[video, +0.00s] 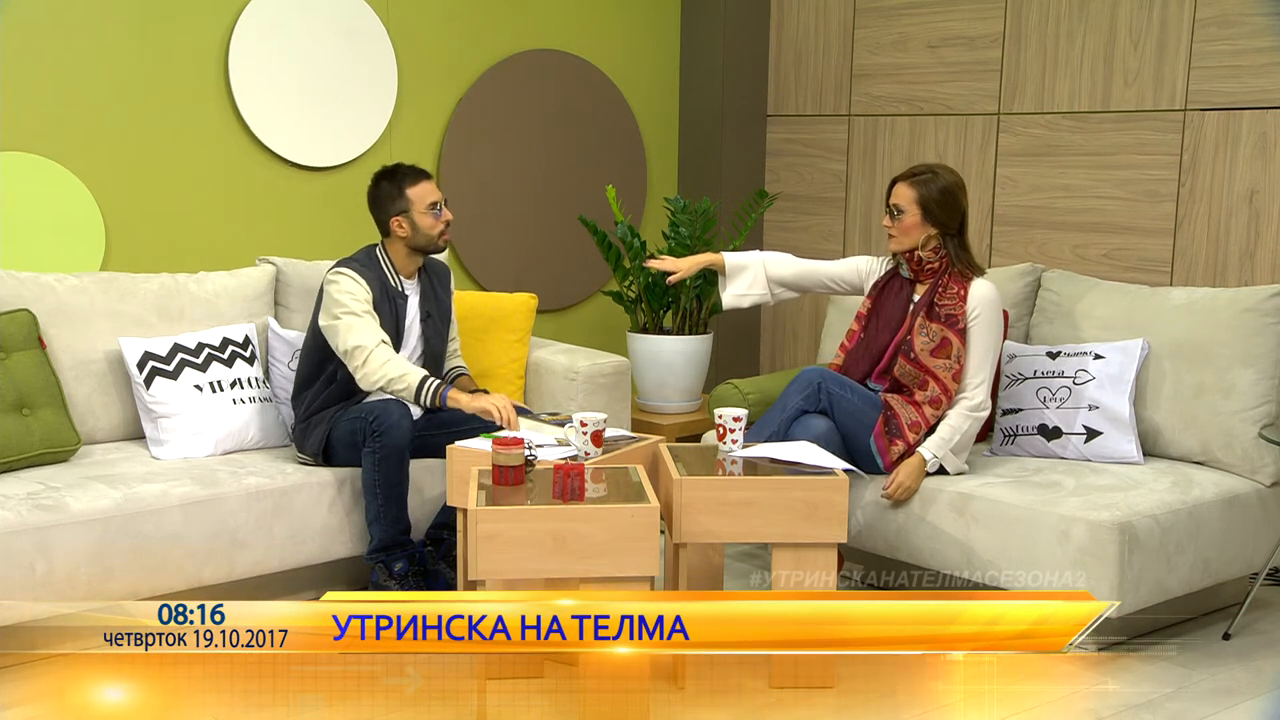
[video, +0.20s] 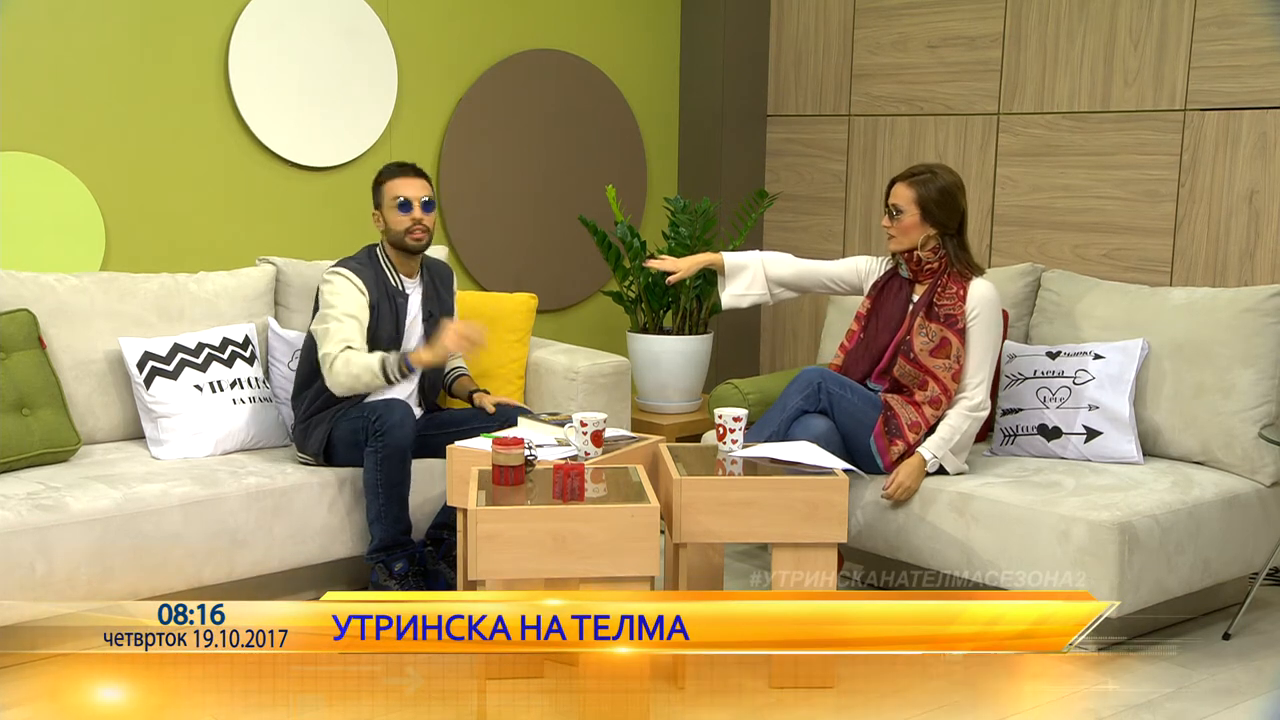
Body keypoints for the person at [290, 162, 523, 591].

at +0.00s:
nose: (448, 217)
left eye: (444, 206)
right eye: (434, 210)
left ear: (404, 227)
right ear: (399, 226)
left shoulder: (437, 274)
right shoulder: (347, 281)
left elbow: (450, 359)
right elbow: (373, 363)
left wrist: (477, 396)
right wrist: (455, 398)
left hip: (409, 419)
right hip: (331, 424)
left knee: (501, 428)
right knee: (391, 414)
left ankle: (440, 547)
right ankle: (391, 561)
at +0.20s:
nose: (418, 216)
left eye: (427, 205)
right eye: (404, 206)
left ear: (435, 214)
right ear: (379, 218)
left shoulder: (439, 275)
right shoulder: (346, 279)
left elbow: (444, 356)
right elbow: (341, 373)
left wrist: (475, 392)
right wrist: (420, 357)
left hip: (412, 422)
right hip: (333, 425)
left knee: (510, 420)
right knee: (395, 415)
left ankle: (440, 549)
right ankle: (392, 562)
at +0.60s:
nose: (392, 216)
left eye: (405, 206)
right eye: (380, 205)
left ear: (421, 219)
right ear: (363, 215)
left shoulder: (436, 273)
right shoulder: (339, 269)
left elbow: (454, 355)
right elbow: (309, 302)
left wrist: (476, 393)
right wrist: (408, 289)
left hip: (415, 421)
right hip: (334, 424)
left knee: (513, 422)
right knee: (394, 413)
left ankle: (439, 550)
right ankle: (392, 562)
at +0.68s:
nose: (387, 215)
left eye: (401, 206)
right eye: (375, 205)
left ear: (418, 218)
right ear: (359, 215)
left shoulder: (435, 273)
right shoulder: (333, 263)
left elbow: (456, 352)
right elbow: (315, 260)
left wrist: (477, 392)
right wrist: (415, 268)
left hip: (415, 421)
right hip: (333, 423)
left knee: (514, 422)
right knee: (395, 412)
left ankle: (441, 549)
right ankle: (391, 561)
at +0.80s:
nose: (385, 216)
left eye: (398, 205)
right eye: (373, 204)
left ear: (415, 216)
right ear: (359, 213)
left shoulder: (436, 274)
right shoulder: (332, 268)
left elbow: (455, 347)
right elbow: (314, 226)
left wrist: (477, 389)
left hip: (414, 419)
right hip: (335, 425)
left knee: (515, 420)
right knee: (395, 413)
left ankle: (441, 548)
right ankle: (391, 562)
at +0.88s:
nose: (386, 214)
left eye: (398, 204)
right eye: (374, 203)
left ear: (416, 215)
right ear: (354, 213)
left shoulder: (436, 273)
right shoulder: (334, 270)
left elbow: (457, 346)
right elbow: (321, 221)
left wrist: (477, 388)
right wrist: (318, 133)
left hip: (414, 423)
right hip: (338, 426)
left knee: (514, 424)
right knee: (397, 415)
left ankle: (440, 550)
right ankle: (392, 563)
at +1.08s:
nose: (388, 217)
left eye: (399, 206)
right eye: (375, 206)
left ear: (415, 216)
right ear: (357, 213)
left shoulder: (435, 276)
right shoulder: (328, 265)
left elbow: (474, 344)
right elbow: (296, 216)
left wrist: (518, 377)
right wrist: (261, 140)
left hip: (414, 420)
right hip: (337, 425)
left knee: (520, 423)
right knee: (391, 413)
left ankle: (438, 554)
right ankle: (392, 565)